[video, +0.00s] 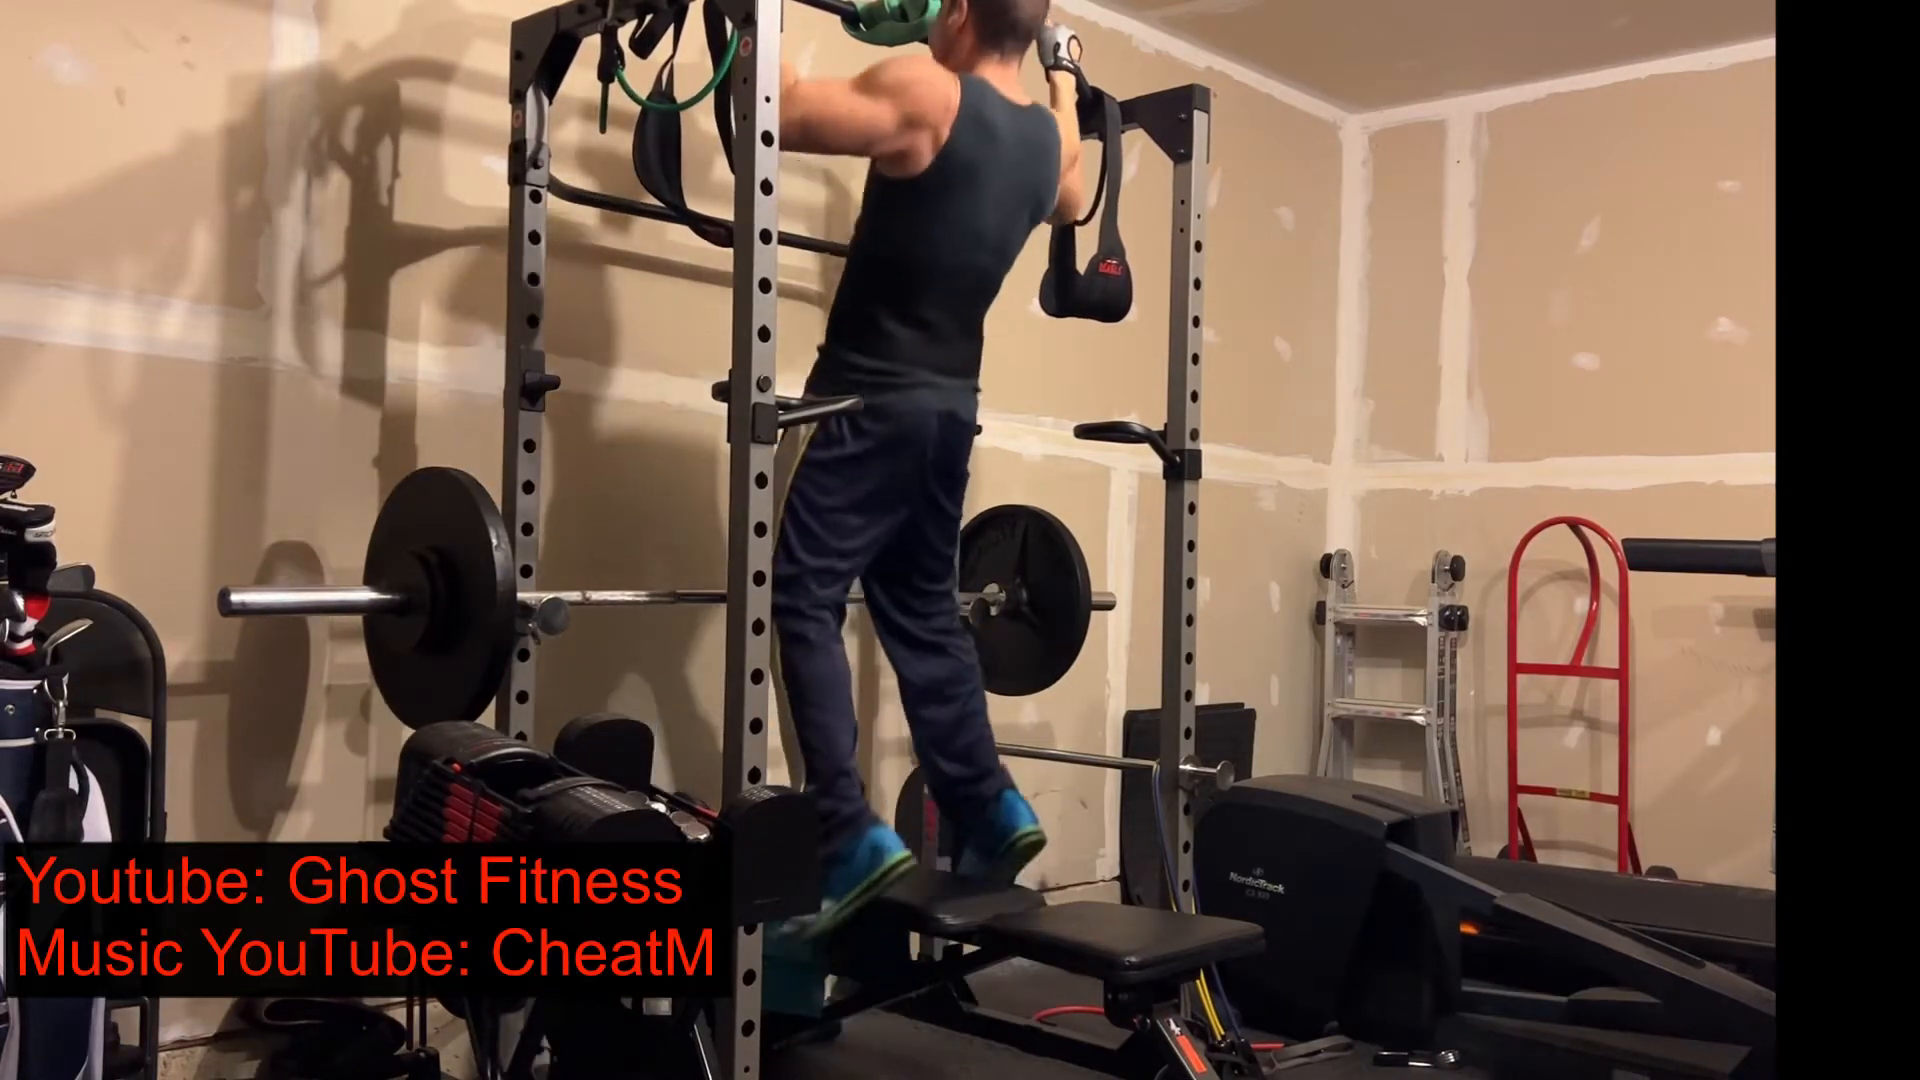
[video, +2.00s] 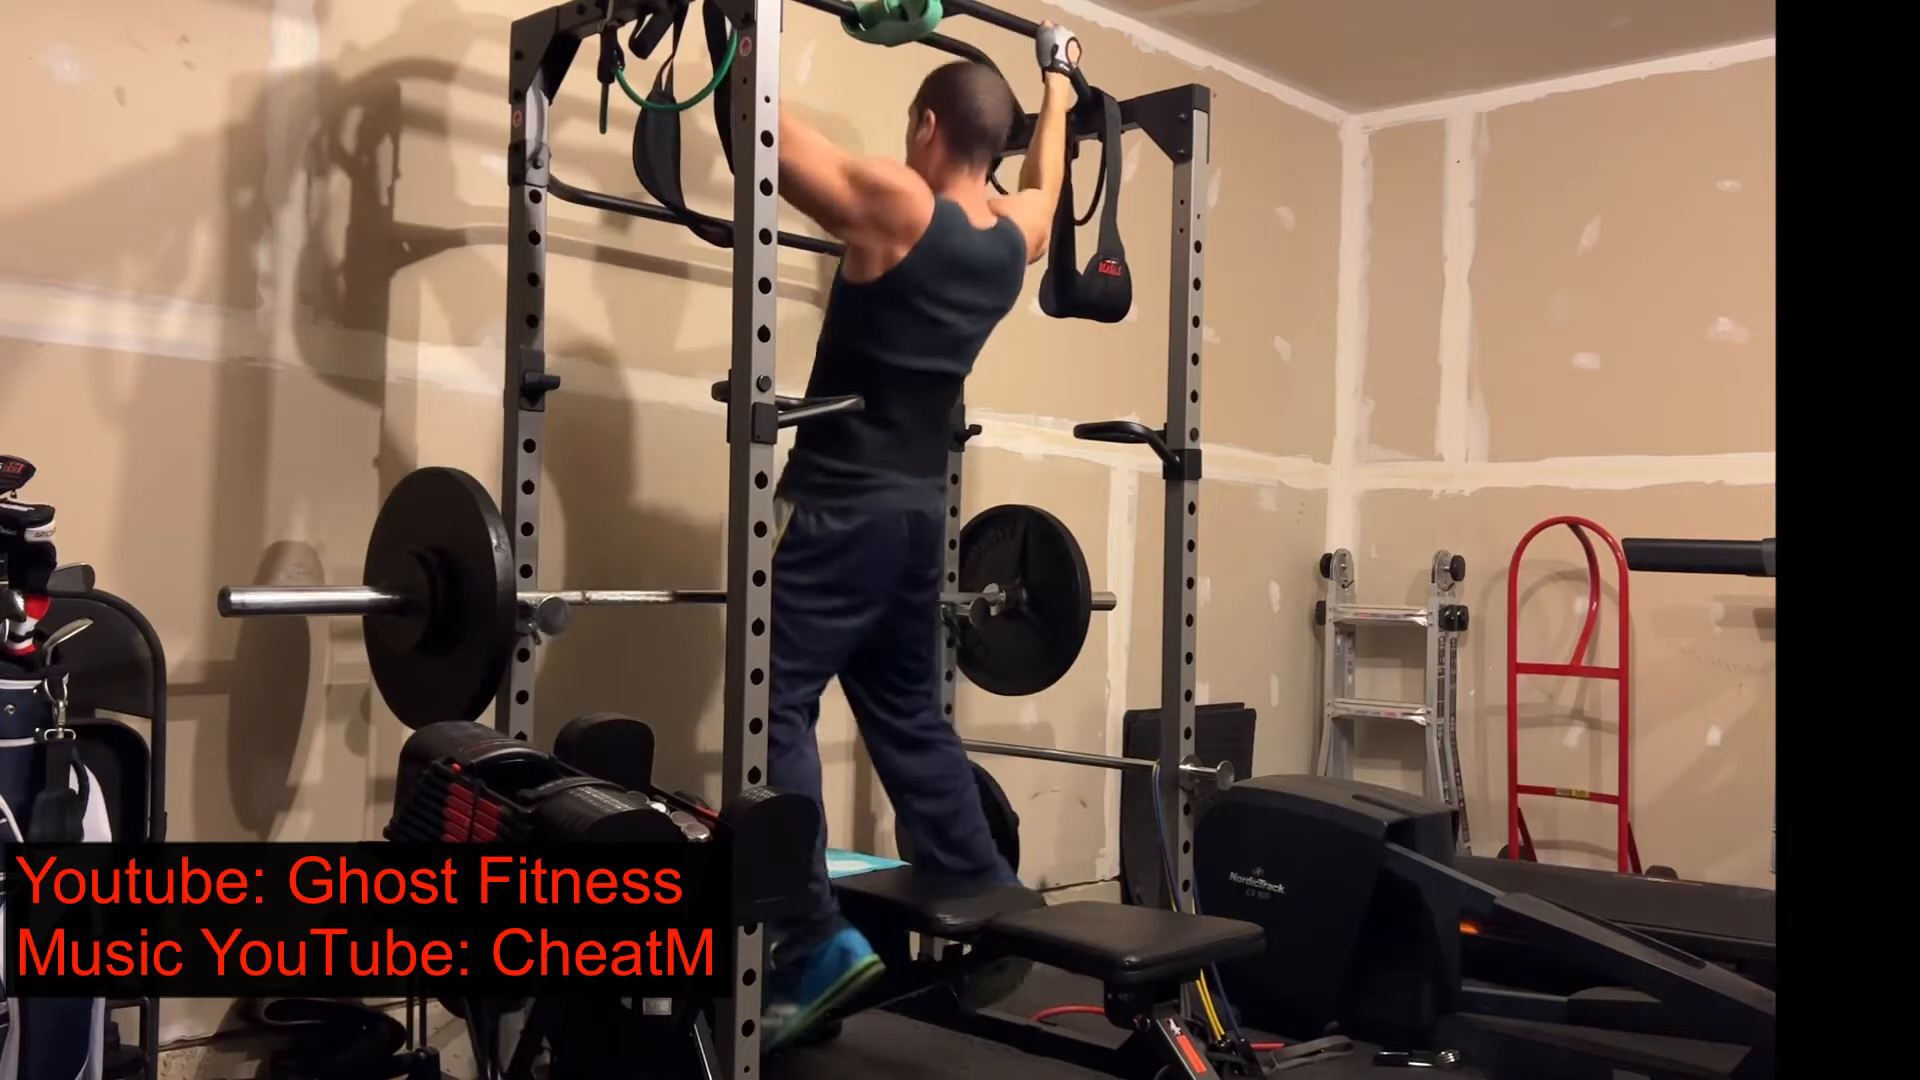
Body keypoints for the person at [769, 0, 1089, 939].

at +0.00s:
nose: (937, 22)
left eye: (945, 11)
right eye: (946, 12)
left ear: (960, 17)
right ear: (1034, 37)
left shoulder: (920, 89)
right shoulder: (1047, 136)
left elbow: (774, 112)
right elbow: (1072, 202)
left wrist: (755, 17)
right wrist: (1058, 97)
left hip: (870, 396)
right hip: (950, 407)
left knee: (803, 601)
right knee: (921, 610)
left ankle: (852, 834)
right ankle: (988, 812)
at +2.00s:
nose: (905, 133)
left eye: (911, 121)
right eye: (912, 122)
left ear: (932, 129)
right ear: (999, 148)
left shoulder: (890, 199)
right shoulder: (1013, 240)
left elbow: (758, 130)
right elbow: (1047, 184)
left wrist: (743, 32)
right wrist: (1058, 96)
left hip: (840, 507)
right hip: (919, 514)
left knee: (777, 706)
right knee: (911, 719)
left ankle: (805, 928)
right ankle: (988, 913)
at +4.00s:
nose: (927, 102)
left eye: (934, 88)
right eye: (937, 89)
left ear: (947, 99)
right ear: (1022, 116)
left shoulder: (915, 173)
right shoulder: (1038, 210)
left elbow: (780, 132)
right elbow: (1057, 186)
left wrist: (756, 35)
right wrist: (1055, 113)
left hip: (861, 483)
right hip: (936, 488)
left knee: (795, 681)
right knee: (918, 688)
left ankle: (833, 915)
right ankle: (985, 876)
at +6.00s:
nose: (914, 52)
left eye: (922, 39)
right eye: (924, 40)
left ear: (939, 54)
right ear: (1006, 78)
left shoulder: (899, 136)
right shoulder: (1023, 178)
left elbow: (764, 124)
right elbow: (1052, 189)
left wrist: (742, 33)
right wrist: (1057, 95)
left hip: (850, 438)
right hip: (931, 445)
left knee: (790, 634)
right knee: (910, 638)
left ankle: (839, 857)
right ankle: (989, 832)